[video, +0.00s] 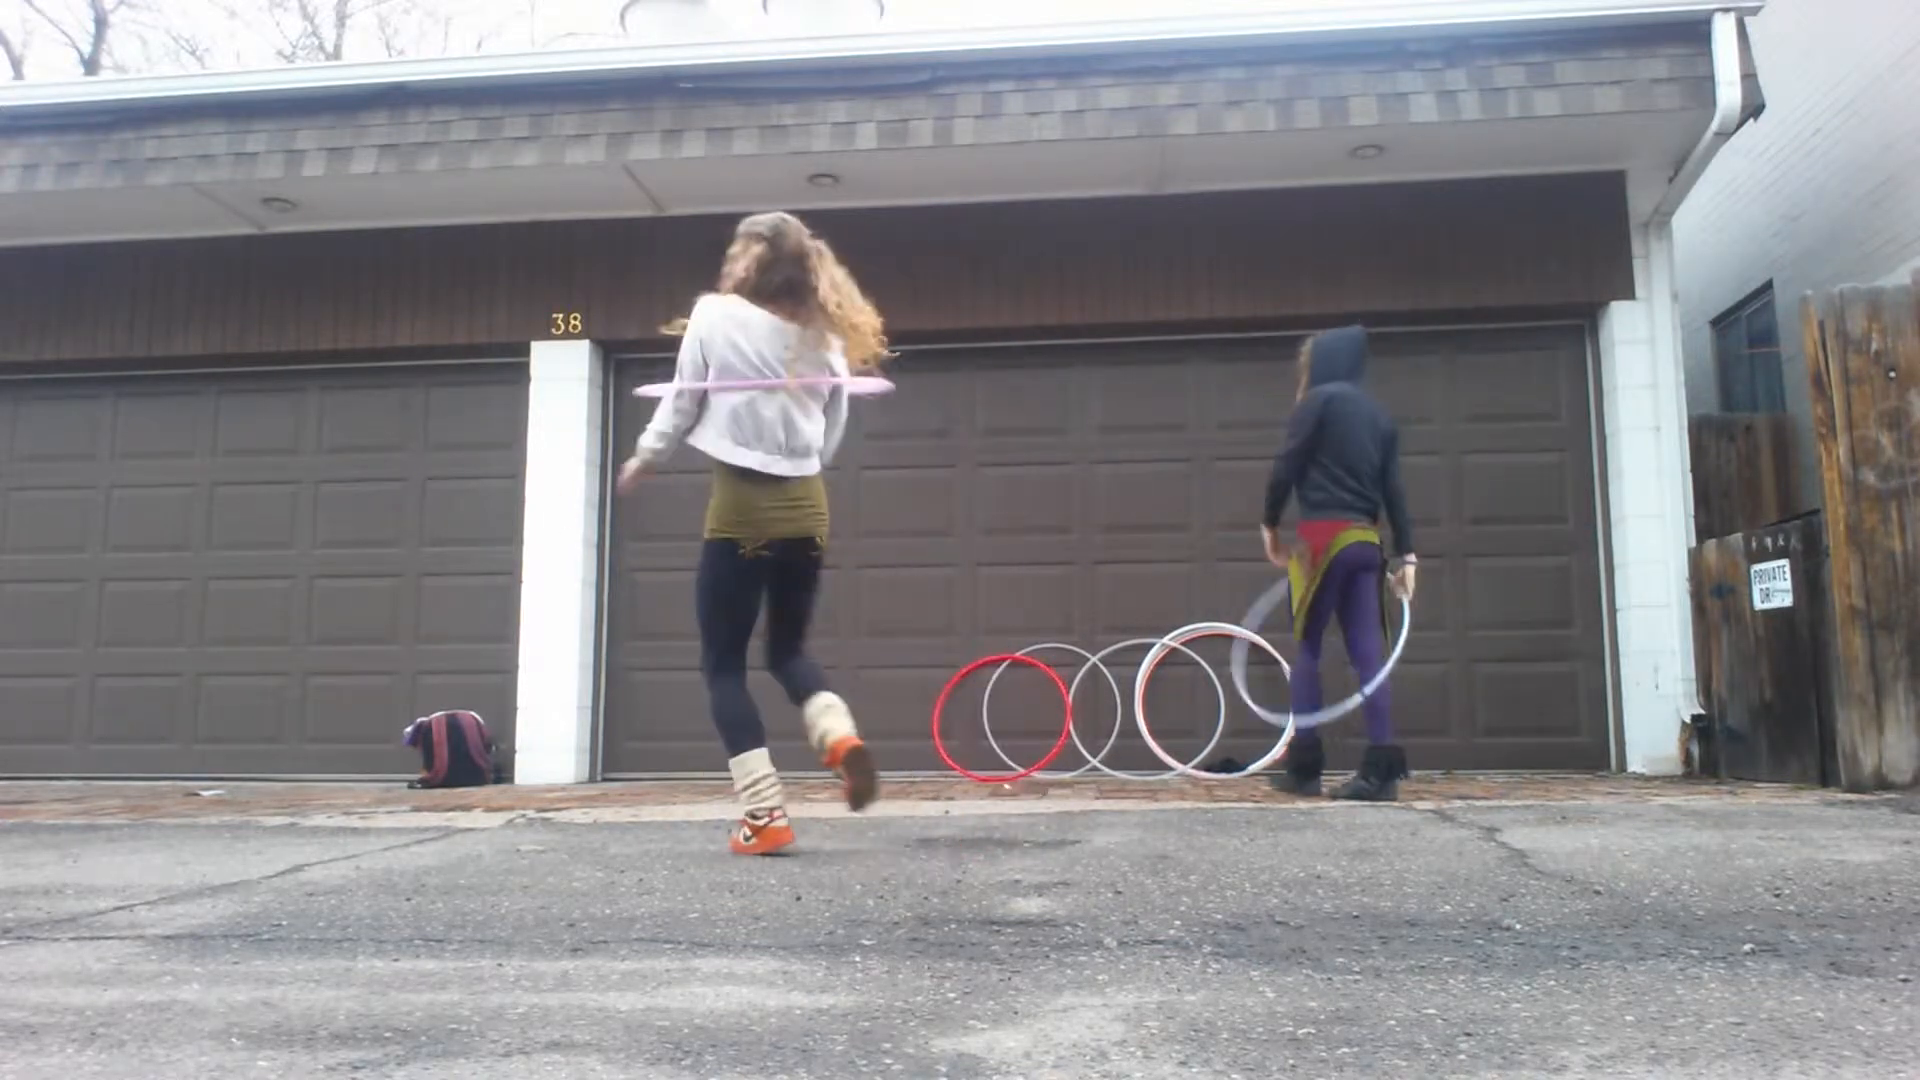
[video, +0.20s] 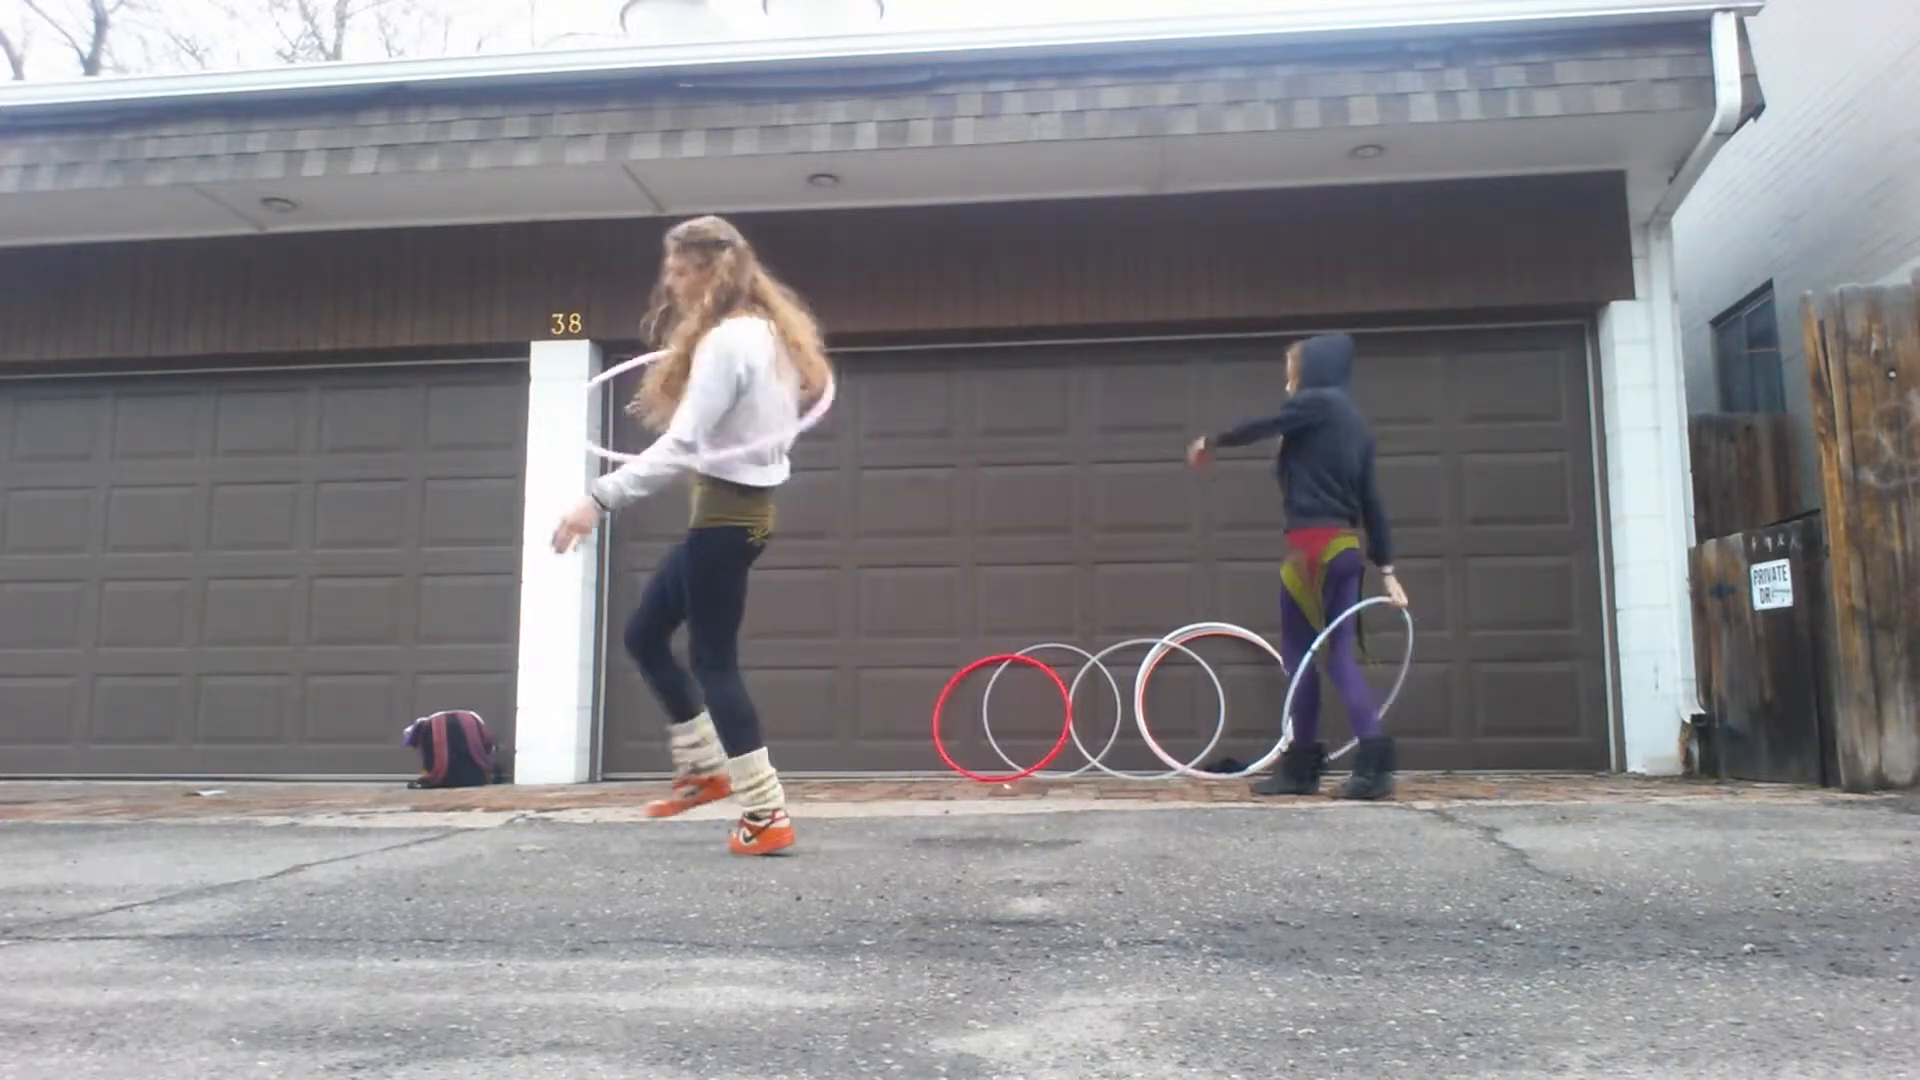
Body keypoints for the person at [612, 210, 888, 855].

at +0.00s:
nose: (728, 263)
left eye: (738, 252)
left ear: (759, 261)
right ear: (800, 269)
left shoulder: (715, 313)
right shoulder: (825, 335)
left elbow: (683, 401)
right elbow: (831, 439)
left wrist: (644, 457)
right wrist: (793, 464)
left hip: (736, 516)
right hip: (807, 514)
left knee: (724, 666)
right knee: (788, 651)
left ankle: (765, 814)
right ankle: (840, 737)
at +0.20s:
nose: (670, 288)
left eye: (677, 275)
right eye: (669, 275)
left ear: (710, 273)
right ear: (725, 272)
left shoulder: (726, 341)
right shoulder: (764, 332)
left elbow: (683, 443)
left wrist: (599, 498)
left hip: (724, 516)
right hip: (741, 512)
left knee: (712, 662)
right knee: (643, 637)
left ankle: (766, 814)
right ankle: (703, 765)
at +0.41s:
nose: (632, 296)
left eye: (644, 286)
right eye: (626, 284)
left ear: (681, 284)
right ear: (621, 284)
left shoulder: (722, 342)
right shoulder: (635, 335)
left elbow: (732, 438)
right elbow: (634, 411)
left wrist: (702, 495)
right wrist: (593, 440)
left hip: (703, 513)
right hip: (645, 511)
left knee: (699, 663)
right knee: (614, 661)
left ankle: (777, 801)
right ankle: (583, 812)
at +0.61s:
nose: (623, 328)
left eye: (633, 315)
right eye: (611, 316)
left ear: (655, 314)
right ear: (595, 320)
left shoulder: (687, 367)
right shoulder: (569, 378)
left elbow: (716, 452)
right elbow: (540, 470)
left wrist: (747, 502)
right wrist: (489, 535)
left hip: (676, 537)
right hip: (600, 540)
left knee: (712, 663)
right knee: (570, 658)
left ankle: (677, 785)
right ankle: (585, 813)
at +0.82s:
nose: (661, 333)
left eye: (667, 320)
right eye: (648, 325)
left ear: (676, 318)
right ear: (621, 331)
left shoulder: (674, 371)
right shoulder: (605, 385)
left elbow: (710, 434)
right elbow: (632, 489)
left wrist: (766, 472)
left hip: (631, 530)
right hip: (601, 531)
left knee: (627, 678)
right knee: (631, 676)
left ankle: (553, 809)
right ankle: (587, 812)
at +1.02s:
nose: (707, 314)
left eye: (706, 302)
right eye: (702, 302)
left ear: (642, 301)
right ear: (681, 305)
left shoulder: (605, 358)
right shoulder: (678, 367)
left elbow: (620, 441)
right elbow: (702, 466)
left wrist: (699, 429)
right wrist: (766, 463)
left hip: (597, 533)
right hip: (655, 538)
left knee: (599, 681)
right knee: (695, 667)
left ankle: (550, 813)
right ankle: (695, 806)